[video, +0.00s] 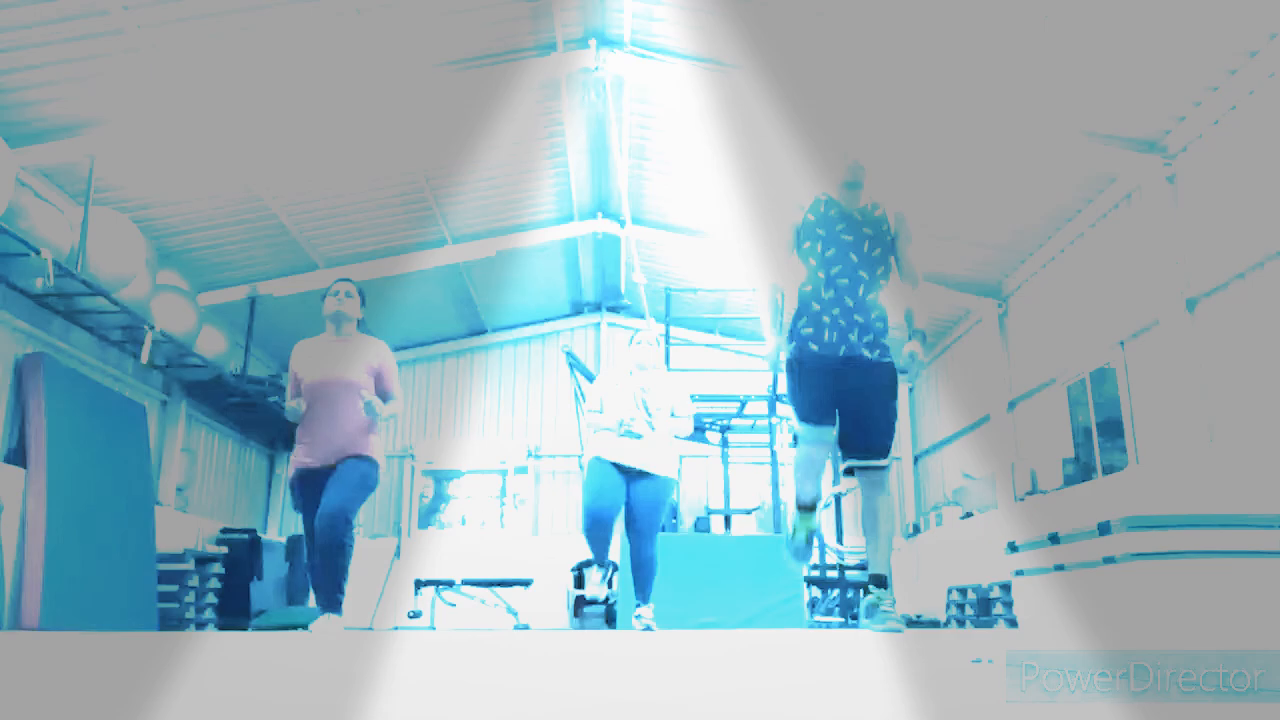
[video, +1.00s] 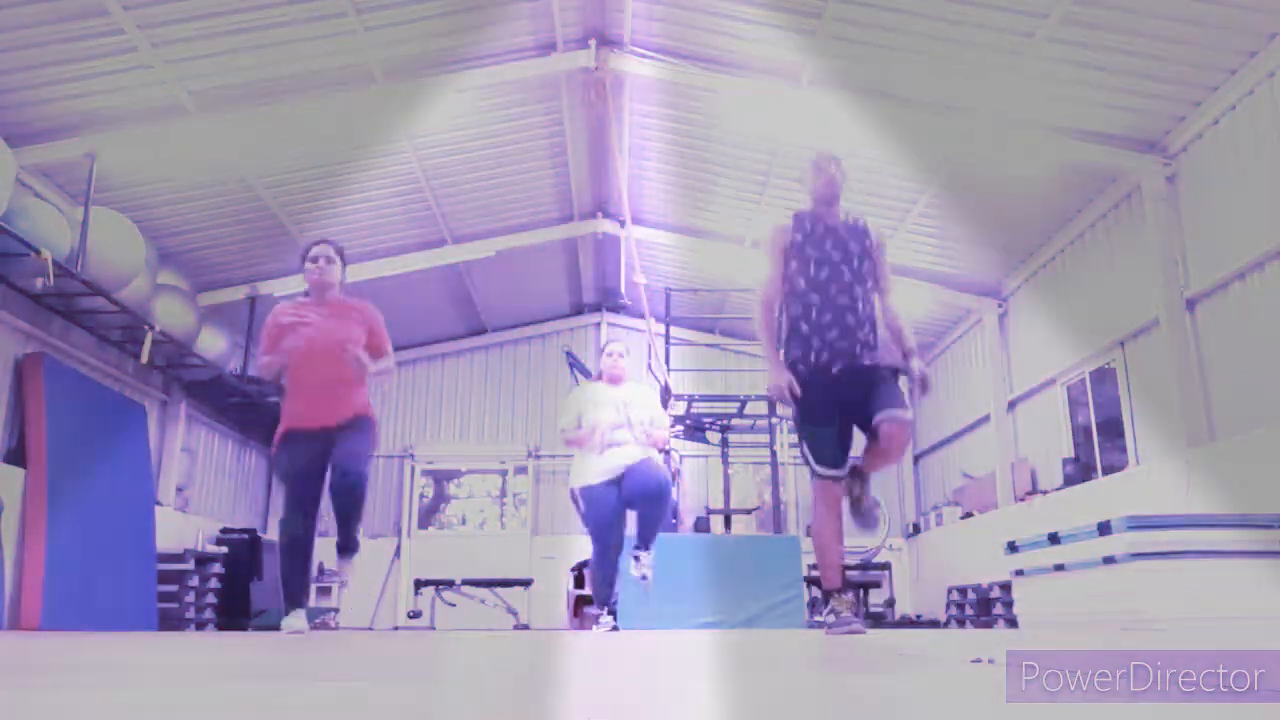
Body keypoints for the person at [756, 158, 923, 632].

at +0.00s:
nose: (852, 171)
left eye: (858, 165)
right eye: (842, 164)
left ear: (868, 177)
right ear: (826, 171)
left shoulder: (883, 222)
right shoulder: (808, 215)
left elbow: (905, 281)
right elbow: (783, 276)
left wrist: (913, 331)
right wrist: (775, 339)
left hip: (872, 354)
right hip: (813, 349)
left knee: (874, 476)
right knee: (815, 438)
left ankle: (878, 593)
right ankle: (805, 517)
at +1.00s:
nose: (828, 176)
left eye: (834, 170)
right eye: (820, 170)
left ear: (843, 180)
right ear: (807, 181)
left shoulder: (865, 235)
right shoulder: (787, 232)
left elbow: (884, 302)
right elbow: (769, 301)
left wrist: (911, 356)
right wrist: (775, 364)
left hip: (870, 364)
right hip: (814, 369)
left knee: (897, 430)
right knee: (829, 484)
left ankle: (858, 476)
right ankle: (836, 598)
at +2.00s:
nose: (862, 188)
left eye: (867, 181)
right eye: (852, 181)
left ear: (876, 193)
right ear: (836, 193)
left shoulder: (895, 246)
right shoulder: (811, 243)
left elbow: (914, 311)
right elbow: (779, 311)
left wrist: (925, 371)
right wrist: (764, 381)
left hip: (883, 368)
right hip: (826, 357)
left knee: (890, 483)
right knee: (848, 400)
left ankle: (887, 601)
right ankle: (823, 483)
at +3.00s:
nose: (837, 211)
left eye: (843, 206)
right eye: (830, 205)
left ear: (852, 216)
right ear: (818, 215)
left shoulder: (872, 265)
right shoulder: (798, 263)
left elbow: (899, 317)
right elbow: (765, 321)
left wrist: (913, 359)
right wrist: (784, 362)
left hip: (864, 391)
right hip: (809, 391)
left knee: (871, 491)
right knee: (811, 498)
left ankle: (872, 598)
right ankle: (813, 598)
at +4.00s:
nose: (805, 244)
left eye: (811, 240)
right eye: (799, 240)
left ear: (820, 251)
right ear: (788, 253)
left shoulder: (842, 301)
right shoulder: (770, 299)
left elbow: (870, 347)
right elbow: (752, 353)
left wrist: (882, 389)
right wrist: (748, 405)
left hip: (843, 415)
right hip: (795, 416)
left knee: (850, 509)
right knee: (802, 504)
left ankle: (854, 600)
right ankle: (809, 602)